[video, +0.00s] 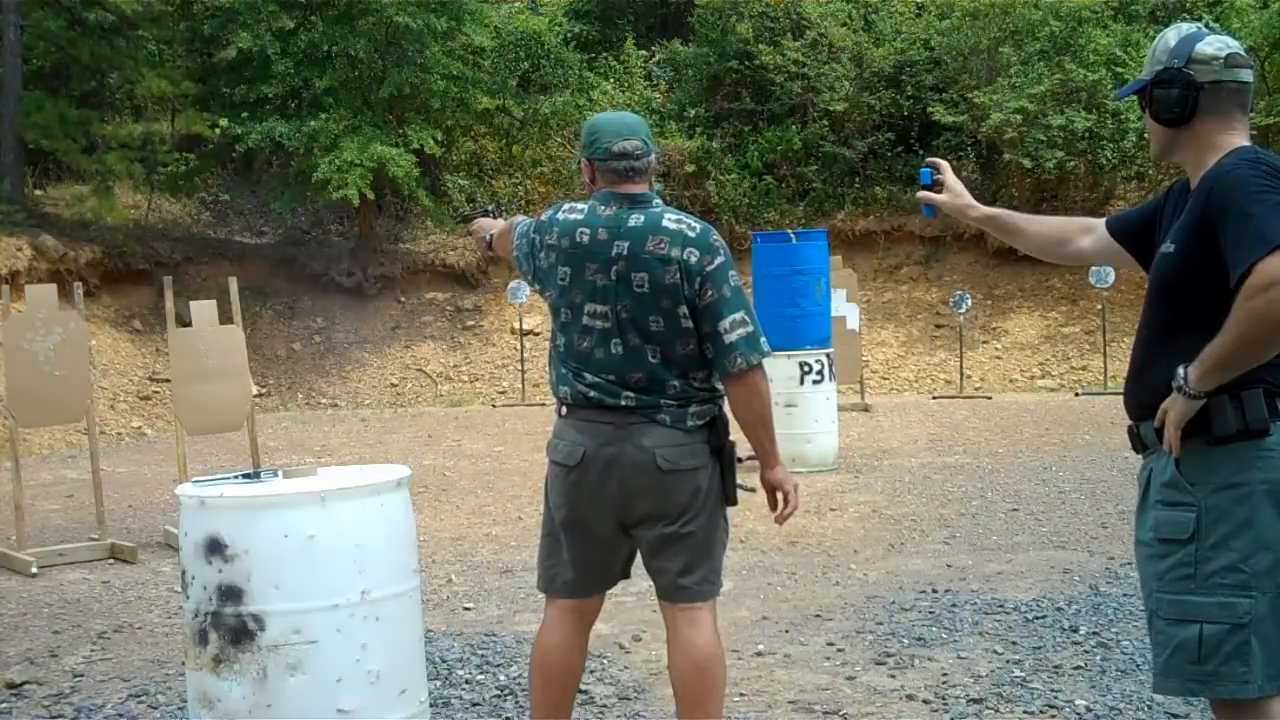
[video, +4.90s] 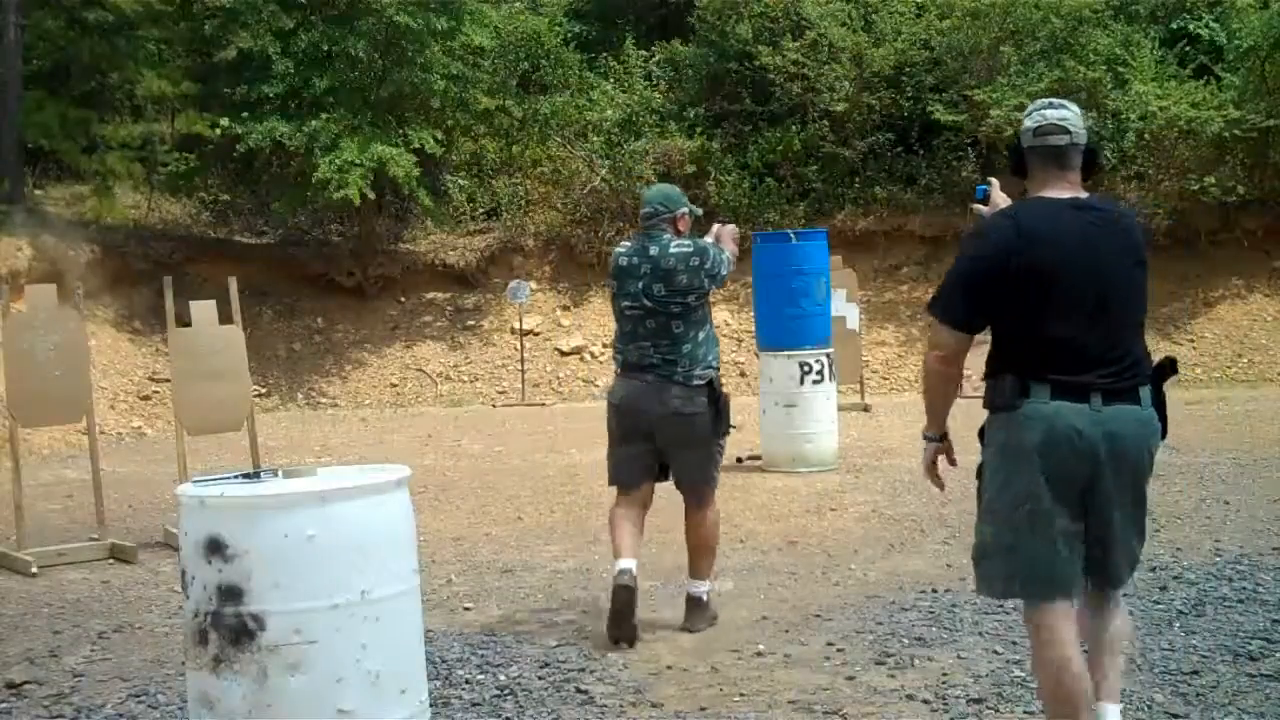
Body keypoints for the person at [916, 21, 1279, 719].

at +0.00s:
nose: (1146, 115)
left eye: (1151, 101)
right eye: (1147, 101)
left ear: (1176, 103)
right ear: (1225, 101)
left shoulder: (1243, 179)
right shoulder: (1189, 197)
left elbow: (1273, 284)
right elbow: (1084, 237)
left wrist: (1193, 383)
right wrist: (975, 212)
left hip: (1223, 463)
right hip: (1204, 459)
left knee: (1242, 691)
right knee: (1240, 685)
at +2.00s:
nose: (1139, 117)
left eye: (1143, 102)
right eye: (1139, 103)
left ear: (1167, 103)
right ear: (1223, 101)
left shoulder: (1234, 180)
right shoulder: (1183, 196)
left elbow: (1270, 286)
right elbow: (1081, 239)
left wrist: (1184, 385)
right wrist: (969, 214)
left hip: (1224, 463)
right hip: (1209, 459)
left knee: (1241, 694)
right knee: (1241, 687)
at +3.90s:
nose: (1136, 140)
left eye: (1138, 125)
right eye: (1138, 127)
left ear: (1148, 122)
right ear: (1226, 122)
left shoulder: (1178, 198)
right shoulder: (1261, 205)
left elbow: (1173, 297)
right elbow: (1137, 244)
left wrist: (1108, 384)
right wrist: (1033, 216)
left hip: (1188, 449)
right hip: (1265, 445)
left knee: (1184, 684)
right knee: (1219, 671)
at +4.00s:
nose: (1137, 143)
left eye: (1140, 128)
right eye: (1140, 129)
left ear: (1147, 127)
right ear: (1225, 127)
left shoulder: (1168, 202)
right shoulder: (1262, 208)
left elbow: (1154, 301)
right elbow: (1144, 245)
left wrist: (1076, 385)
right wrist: (1045, 218)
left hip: (1181, 452)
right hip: (1268, 449)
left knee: (1125, 675)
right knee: (1221, 664)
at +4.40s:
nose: (1111, 156)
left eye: (1112, 145)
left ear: (1113, 149)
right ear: (1185, 149)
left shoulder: (1108, 221)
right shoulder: (1230, 228)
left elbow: (1073, 326)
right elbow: (1157, 277)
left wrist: (1033, 446)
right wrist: (1067, 233)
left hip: (1125, 452)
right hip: (1230, 447)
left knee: (1061, 618)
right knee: (1218, 645)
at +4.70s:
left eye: (1051, 161)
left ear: (1047, 168)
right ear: (1117, 163)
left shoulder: (1032, 240)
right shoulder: (1159, 232)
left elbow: (986, 349)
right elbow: (1103, 282)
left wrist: (958, 455)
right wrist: (1026, 238)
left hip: (1060, 442)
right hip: (1162, 442)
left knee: (1051, 622)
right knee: (1160, 624)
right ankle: (1181, 713)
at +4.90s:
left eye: (1024, 159)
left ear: (1021, 160)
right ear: (1085, 160)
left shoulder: (1002, 234)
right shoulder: (1125, 228)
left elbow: (947, 347)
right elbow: (1070, 248)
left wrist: (935, 430)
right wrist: (1011, 215)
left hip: (1036, 424)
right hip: (1129, 422)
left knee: (1050, 612)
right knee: (1107, 590)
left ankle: (1078, 717)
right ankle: (1108, 711)